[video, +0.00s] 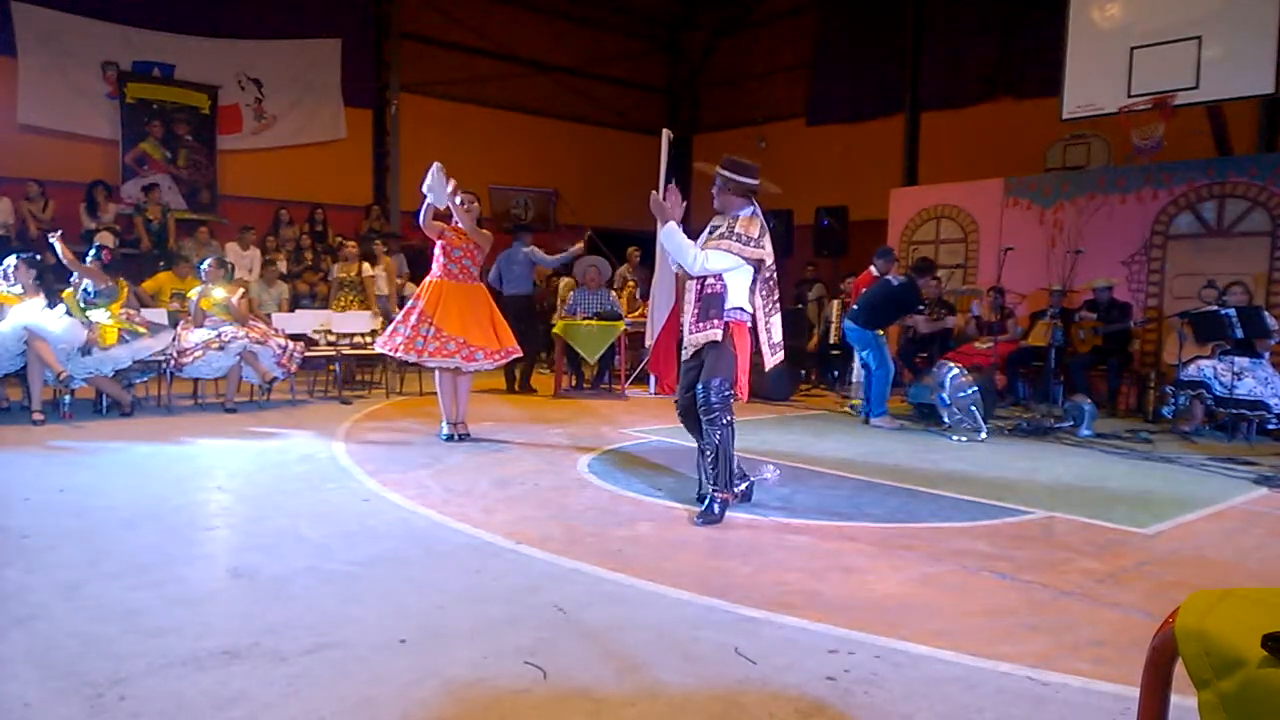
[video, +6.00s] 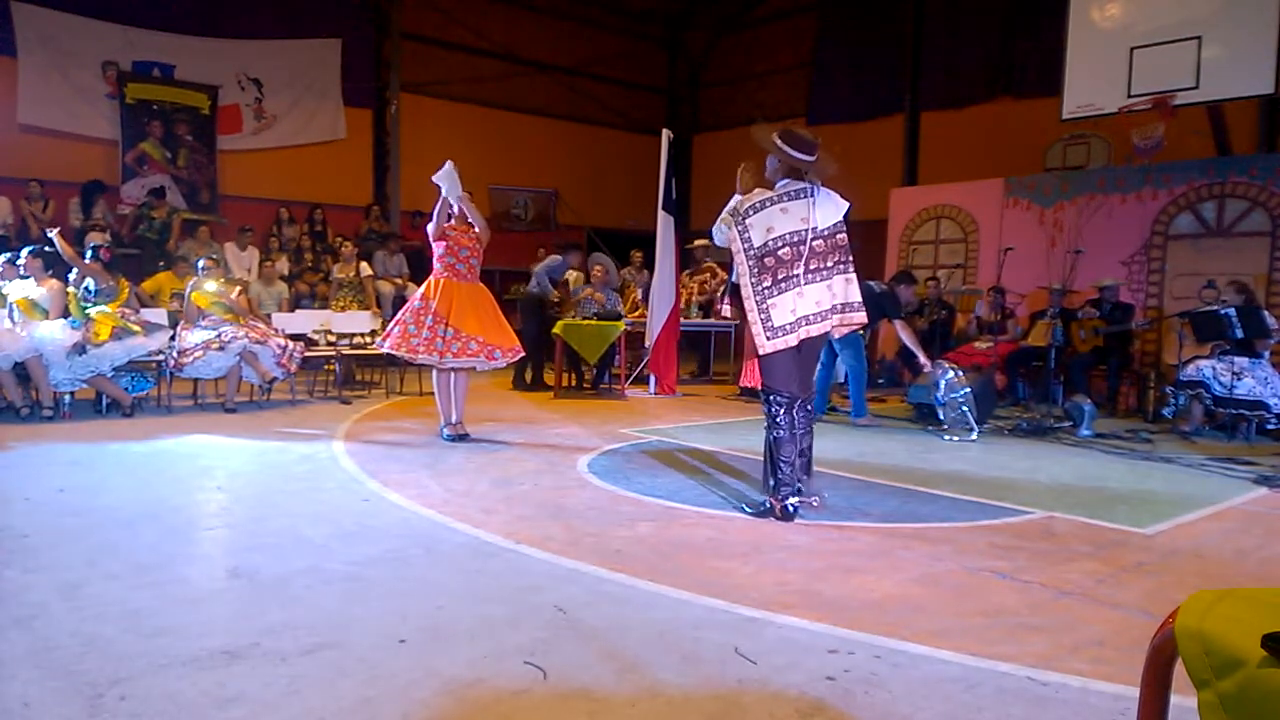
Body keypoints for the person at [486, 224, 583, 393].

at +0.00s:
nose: (531, 240)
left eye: (530, 237)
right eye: (530, 237)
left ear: (514, 238)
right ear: (526, 238)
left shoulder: (503, 256)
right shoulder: (529, 251)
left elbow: (491, 279)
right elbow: (550, 262)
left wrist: (506, 289)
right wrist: (573, 252)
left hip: (507, 299)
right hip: (525, 298)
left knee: (509, 339)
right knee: (532, 340)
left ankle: (510, 382)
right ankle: (525, 381)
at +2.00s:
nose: (541, 242)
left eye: (540, 238)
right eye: (539, 238)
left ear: (526, 239)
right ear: (533, 238)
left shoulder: (514, 257)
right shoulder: (529, 252)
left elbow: (505, 280)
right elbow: (540, 265)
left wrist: (521, 289)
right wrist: (566, 262)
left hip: (515, 298)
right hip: (525, 298)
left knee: (521, 338)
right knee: (528, 339)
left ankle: (518, 377)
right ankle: (521, 378)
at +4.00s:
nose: (543, 244)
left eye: (543, 240)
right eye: (541, 240)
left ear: (529, 240)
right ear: (535, 239)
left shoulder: (516, 256)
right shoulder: (531, 253)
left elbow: (507, 280)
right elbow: (540, 271)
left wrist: (525, 287)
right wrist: (565, 278)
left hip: (516, 298)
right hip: (527, 299)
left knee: (523, 337)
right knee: (530, 338)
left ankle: (518, 376)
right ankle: (522, 377)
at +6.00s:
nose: (579, 263)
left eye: (580, 260)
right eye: (578, 258)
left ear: (573, 259)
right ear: (571, 256)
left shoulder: (563, 270)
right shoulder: (557, 260)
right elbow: (539, 271)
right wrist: (551, 292)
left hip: (540, 300)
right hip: (530, 298)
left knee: (540, 341)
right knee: (529, 339)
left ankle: (538, 377)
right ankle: (519, 377)